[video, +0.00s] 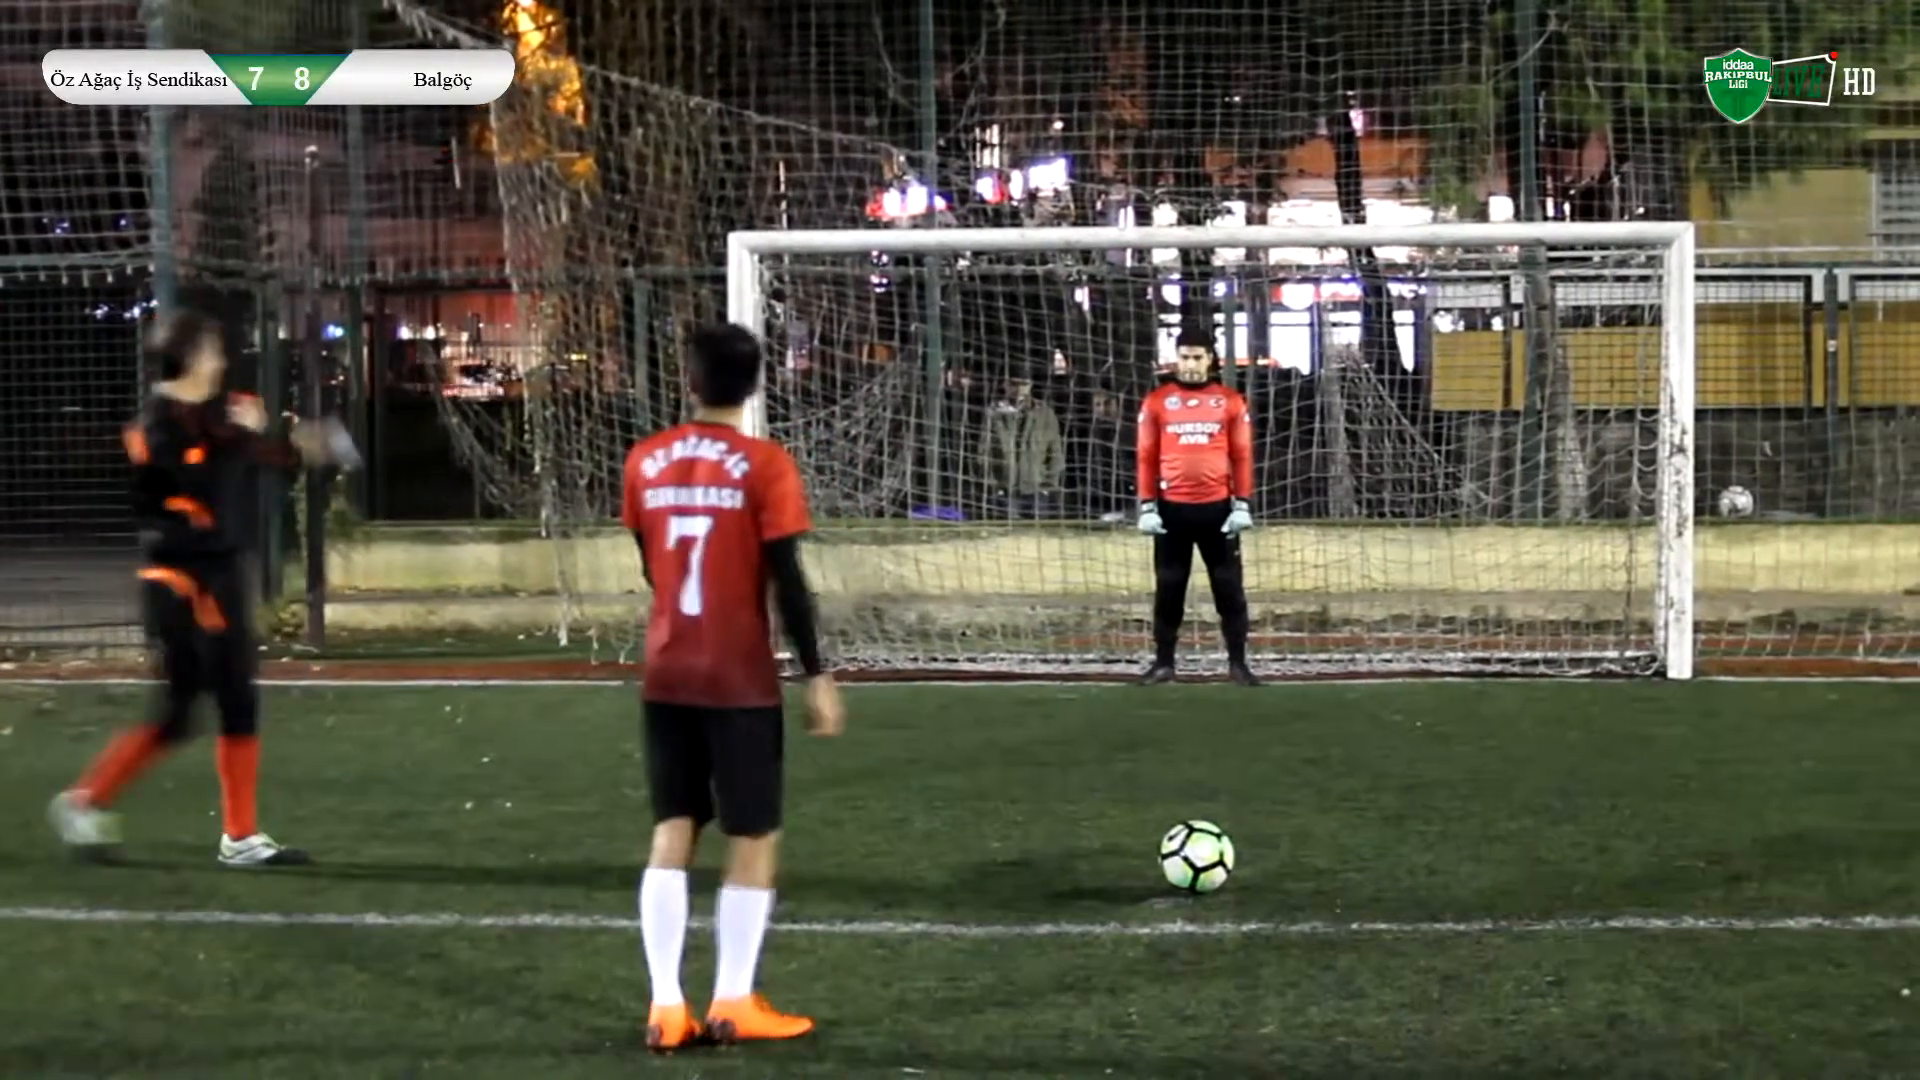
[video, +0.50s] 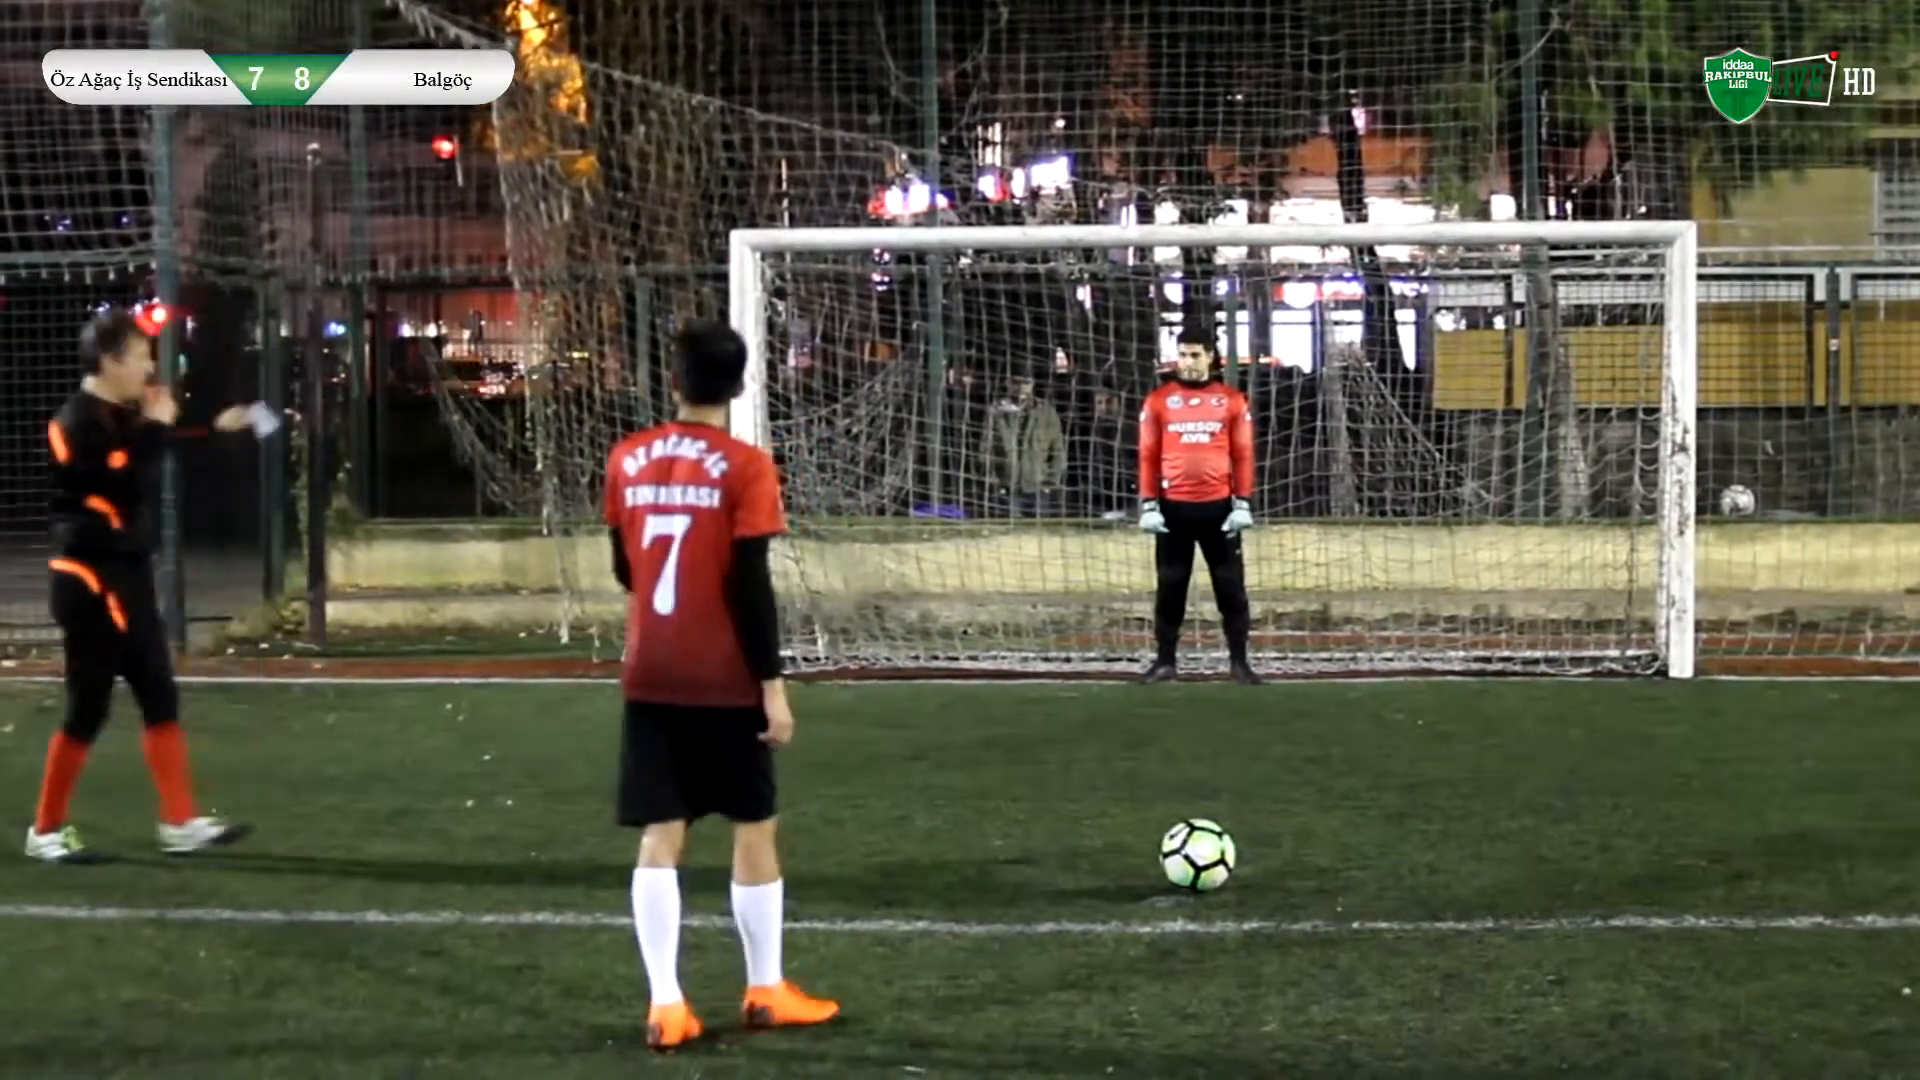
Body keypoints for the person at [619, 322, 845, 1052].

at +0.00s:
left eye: (699, 372)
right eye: (746, 378)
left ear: (691, 382)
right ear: (755, 385)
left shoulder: (643, 460)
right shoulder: (767, 463)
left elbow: (654, 568)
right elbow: (787, 576)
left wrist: (708, 614)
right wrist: (817, 671)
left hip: (665, 677)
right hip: (742, 680)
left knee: (673, 825)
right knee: (753, 835)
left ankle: (664, 1001)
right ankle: (734, 997)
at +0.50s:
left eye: (697, 371)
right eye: (735, 379)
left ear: (677, 380)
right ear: (740, 385)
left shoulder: (628, 457)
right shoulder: (749, 465)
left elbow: (628, 571)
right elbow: (750, 582)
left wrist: (692, 592)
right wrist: (771, 680)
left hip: (650, 678)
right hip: (728, 679)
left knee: (661, 830)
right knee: (756, 825)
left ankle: (665, 1001)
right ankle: (768, 986)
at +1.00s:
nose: (744, 394)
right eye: (749, 384)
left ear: (679, 385)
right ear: (744, 389)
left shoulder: (631, 461)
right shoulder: (748, 465)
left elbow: (594, 567)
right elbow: (752, 572)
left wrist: (574, 661)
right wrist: (779, 674)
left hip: (650, 681)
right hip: (729, 681)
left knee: (660, 830)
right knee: (752, 830)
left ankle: (663, 1003)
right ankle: (764, 988)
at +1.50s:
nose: (771, 401)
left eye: (769, 390)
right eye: (772, 392)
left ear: (699, 388)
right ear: (762, 396)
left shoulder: (642, 461)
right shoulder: (762, 471)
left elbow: (614, 572)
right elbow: (762, 579)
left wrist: (605, 662)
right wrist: (780, 678)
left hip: (650, 678)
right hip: (729, 682)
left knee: (659, 831)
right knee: (754, 829)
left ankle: (662, 1004)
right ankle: (763, 988)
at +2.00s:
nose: (799, 415)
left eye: (797, 403)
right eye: (798, 404)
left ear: (735, 396)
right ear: (785, 406)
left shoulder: (666, 462)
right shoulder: (781, 473)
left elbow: (641, 577)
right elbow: (772, 578)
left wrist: (693, 625)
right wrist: (788, 679)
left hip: (655, 670)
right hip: (732, 675)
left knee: (663, 828)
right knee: (757, 826)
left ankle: (663, 1002)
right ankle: (765, 987)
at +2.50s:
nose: (817, 425)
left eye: (815, 414)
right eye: (819, 415)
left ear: (753, 407)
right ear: (811, 417)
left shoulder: (692, 472)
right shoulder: (800, 479)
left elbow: (650, 576)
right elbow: (785, 573)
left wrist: (684, 646)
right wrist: (795, 681)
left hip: (674, 678)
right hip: (750, 679)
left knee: (674, 830)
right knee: (797, 808)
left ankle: (661, 1003)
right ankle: (773, 968)